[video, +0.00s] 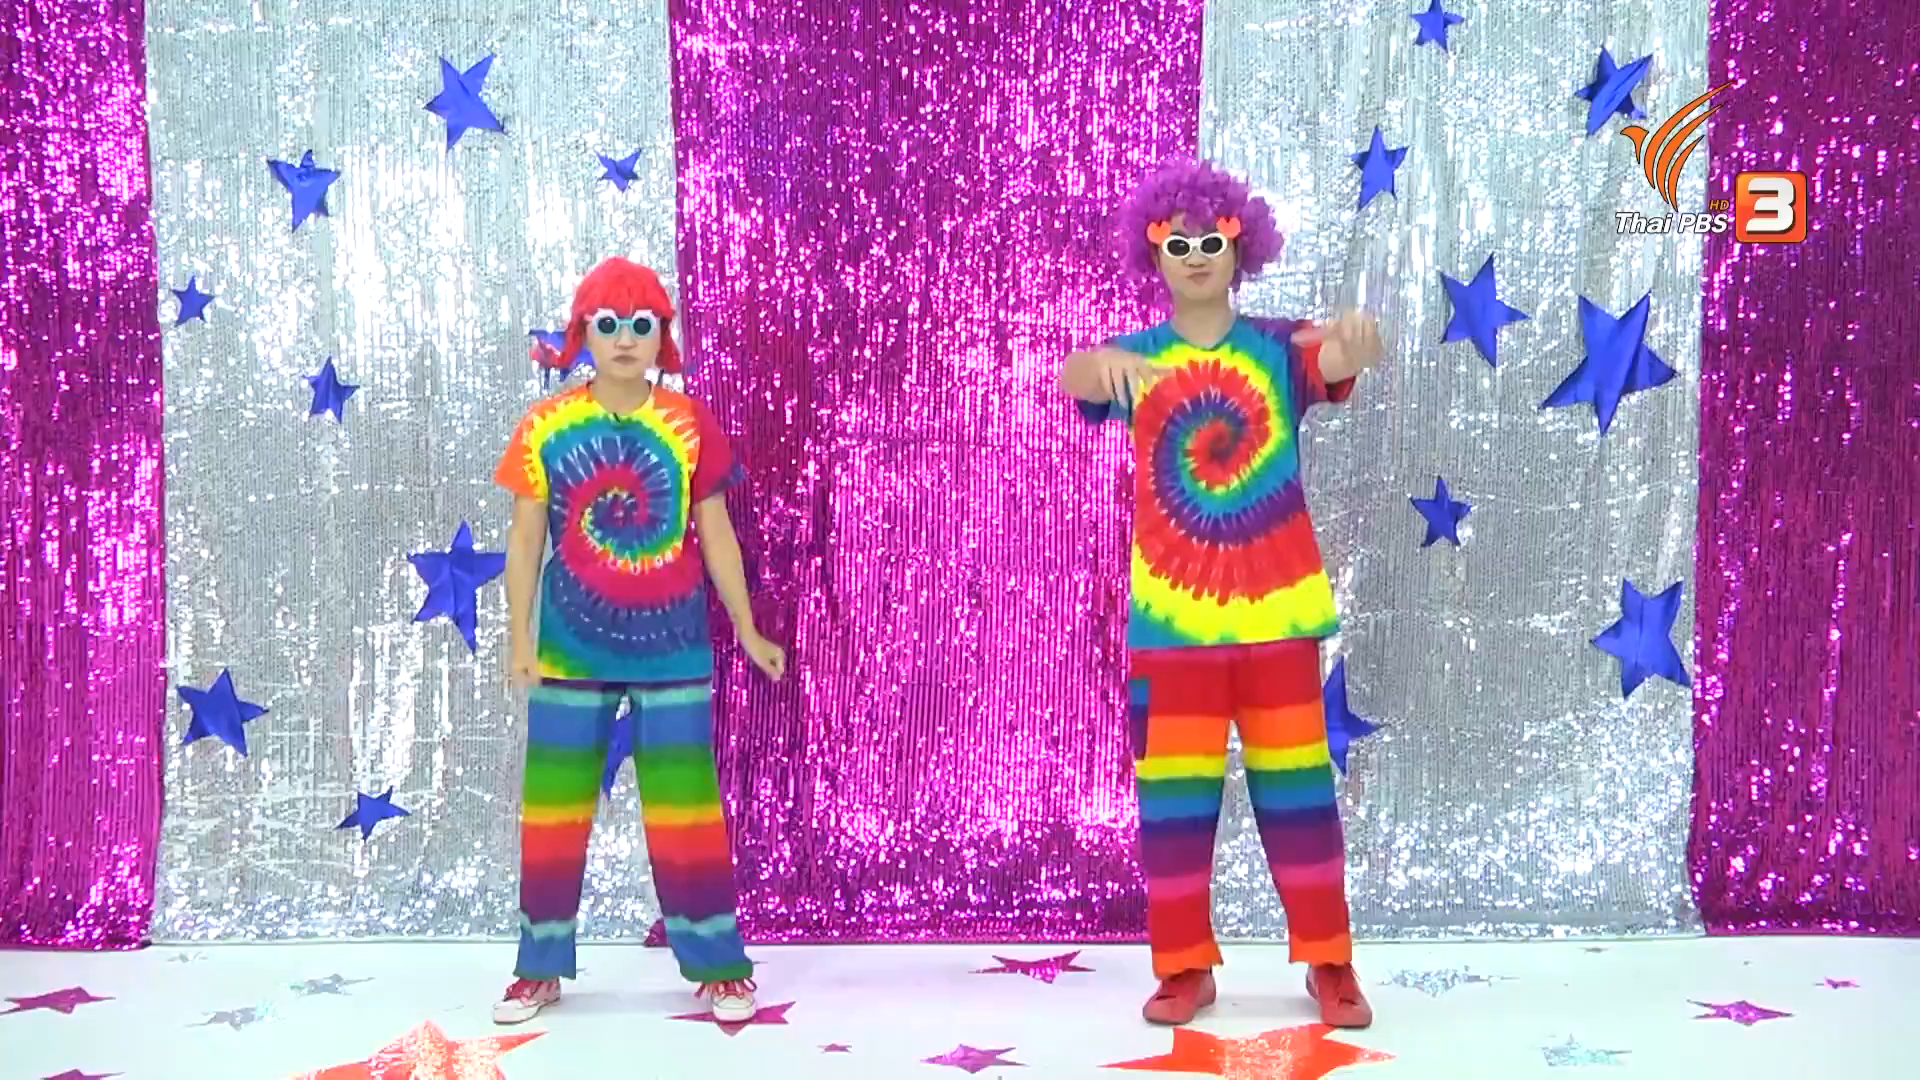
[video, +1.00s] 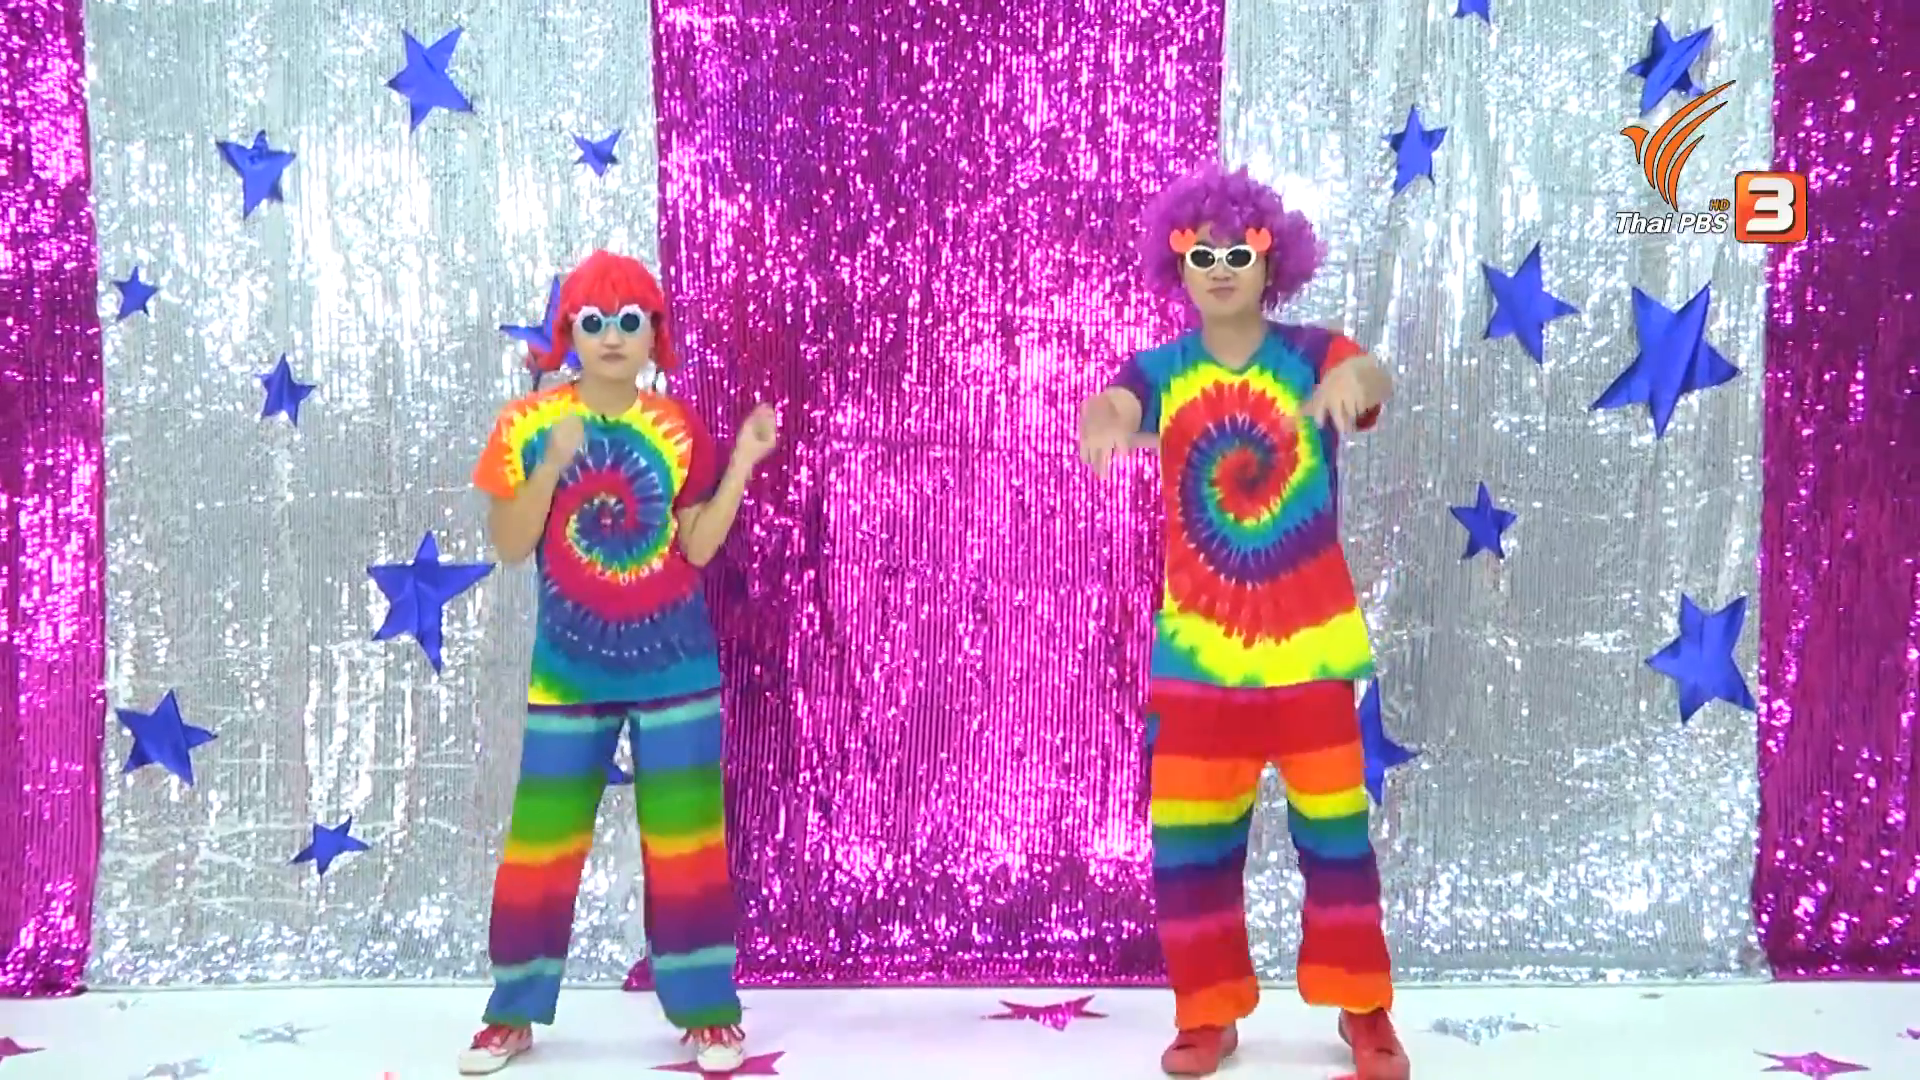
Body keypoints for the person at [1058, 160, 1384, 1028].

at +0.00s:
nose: (1196, 251)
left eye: (1212, 236)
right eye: (1178, 239)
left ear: (1240, 253)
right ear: (1155, 261)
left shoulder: (1279, 345)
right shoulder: (1139, 354)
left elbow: (1343, 362)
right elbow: (1079, 379)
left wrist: (1354, 328)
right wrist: (1093, 368)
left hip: (1280, 609)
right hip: (1173, 616)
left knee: (1300, 789)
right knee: (1176, 796)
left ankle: (1330, 963)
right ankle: (1184, 969)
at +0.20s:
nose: (1230, 263)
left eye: (1245, 247)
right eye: (1212, 249)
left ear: (1273, 259)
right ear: (1190, 266)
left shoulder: (1305, 347)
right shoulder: (1169, 351)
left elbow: (1359, 370)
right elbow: (1128, 366)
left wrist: (1380, 331)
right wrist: (1122, 352)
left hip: (1296, 607)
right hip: (1191, 610)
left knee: (1307, 787)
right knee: (1187, 790)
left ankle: (1327, 967)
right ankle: (1185, 970)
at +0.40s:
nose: (1271, 280)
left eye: (1288, 265)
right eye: (1254, 267)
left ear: (1316, 278)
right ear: (1233, 283)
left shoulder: (1344, 375)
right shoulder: (1204, 360)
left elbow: (1395, 415)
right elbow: (1157, 397)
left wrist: (1398, 439)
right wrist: (1176, 436)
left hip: (1318, 627)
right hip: (1214, 627)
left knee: (1323, 801)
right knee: (1187, 802)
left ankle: (1330, 971)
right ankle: (1186, 967)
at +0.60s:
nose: (1284, 249)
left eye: (1302, 235)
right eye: (1266, 236)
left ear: (1331, 257)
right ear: (1243, 257)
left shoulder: (1350, 357)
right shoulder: (1210, 339)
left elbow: (1392, 389)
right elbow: (1161, 354)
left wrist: (1399, 344)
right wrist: (1157, 355)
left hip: (1320, 622)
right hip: (1215, 619)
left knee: (1327, 803)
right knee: (1194, 800)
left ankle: (1336, 979)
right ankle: (1185, 976)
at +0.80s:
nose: (1255, 239)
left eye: (1274, 225)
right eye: (1238, 226)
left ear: (1303, 249)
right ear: (1217, 246)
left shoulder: (1331, 349)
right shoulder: (1186, 341)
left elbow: (1387, 332)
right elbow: (1138, 335)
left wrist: (1368, 281)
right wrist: (1123, 307)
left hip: (1313, 613)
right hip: (1204, 614)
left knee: (1328, 802)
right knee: (1199, 803)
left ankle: (1347, 992)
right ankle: (1194, 994)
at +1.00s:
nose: (1220, 268)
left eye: (1239, 252)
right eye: (1202, 253)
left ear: (1270, 266)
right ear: (1179, 272)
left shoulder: (1310, 353)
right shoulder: (1161, 370)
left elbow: (1365, 371)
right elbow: (1117, 405)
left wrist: (1352, 380)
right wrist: (1105, 418)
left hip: (1314, 644)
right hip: (1200, 649)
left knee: (1337, 826)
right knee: (1192, 835)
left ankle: (1363, 1006)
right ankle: (1206, 1009)